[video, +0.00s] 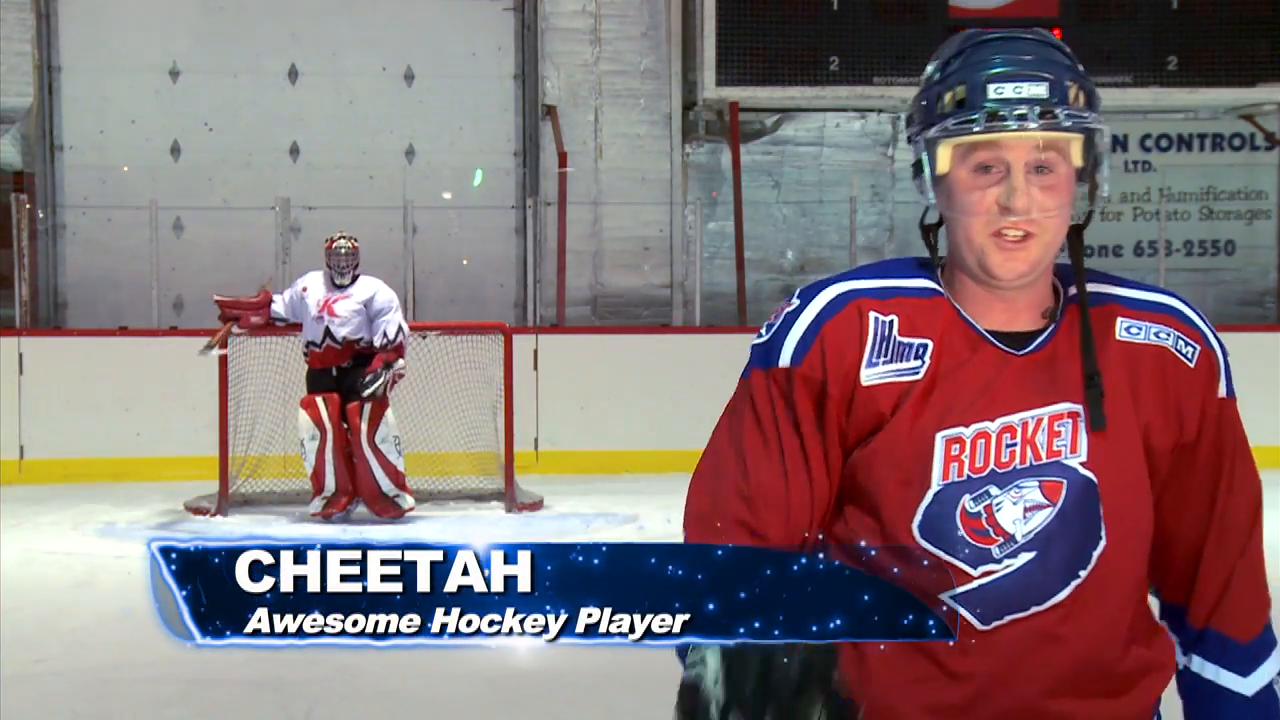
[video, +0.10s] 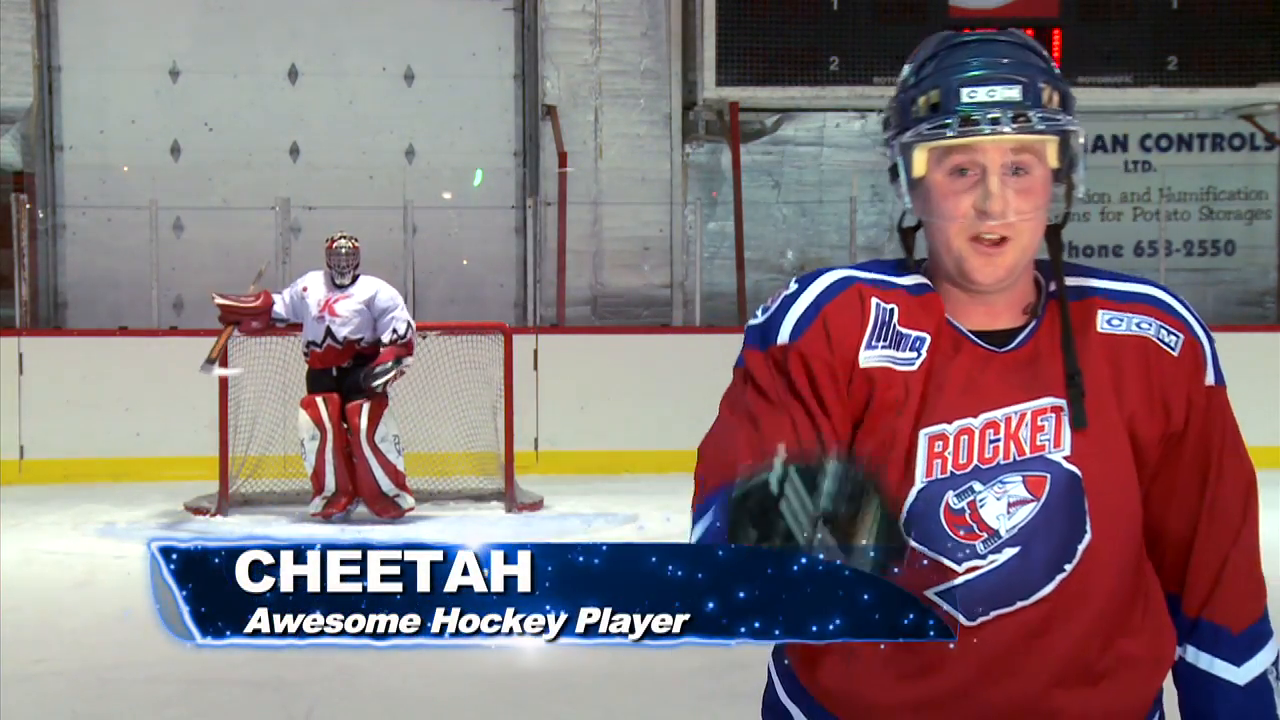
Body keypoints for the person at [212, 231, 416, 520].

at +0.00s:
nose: (342, 263)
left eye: (348, 257)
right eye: (336, 257)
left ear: (357, 259)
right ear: (327, 259)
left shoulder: (375, 292)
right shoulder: (309, 286)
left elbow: (394, 341)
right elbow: (280, 308)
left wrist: (382, 370)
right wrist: (243, 309)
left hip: (360, 373)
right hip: (321, 374)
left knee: (365, 433)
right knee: (326, 434)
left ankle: (389, 498)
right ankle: (335, 497)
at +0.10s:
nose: (342, 263)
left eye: (348, 257)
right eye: (337, 257)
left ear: (357, 259)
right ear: (328, 259)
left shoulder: (376, 291)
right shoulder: (309, 286)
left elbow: (401, 329)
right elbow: (282, 306)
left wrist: (386, 363)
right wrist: (249, 306)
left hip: (361, 375)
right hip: (321, 377)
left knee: (365, 434)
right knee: (325, 435)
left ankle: (390, 500)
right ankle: (334, 498)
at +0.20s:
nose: (343, 263)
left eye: (348, 257)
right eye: (337, 257)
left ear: (357, 259)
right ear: (328, 259)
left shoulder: (375, 290)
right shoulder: (310, 286)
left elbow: (406, 319)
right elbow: (278, 305)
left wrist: (397, 351)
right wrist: (240, 312)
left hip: (362, 373)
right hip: (321, 375)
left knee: (367, 431)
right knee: (325, 434)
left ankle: (390, 500)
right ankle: (333, 498)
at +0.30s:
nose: (344, 263)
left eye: (349, 257)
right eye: (338, 258)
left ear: (358, 259)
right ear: (329, 259)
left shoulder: (376, 289)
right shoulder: (310, 286)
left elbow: (408, 310)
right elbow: (275, 306)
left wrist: (411, 336)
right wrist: (241, 315)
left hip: (363, 372)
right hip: (322, 373)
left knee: (371, 432)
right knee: (325, 435)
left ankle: (391, 501)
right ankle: (332, 500)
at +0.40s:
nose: (344, 262)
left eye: (349, 257)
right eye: (338, 256)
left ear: (358, 259)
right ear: (328, 259)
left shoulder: (378, 289)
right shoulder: (310, 286)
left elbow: (412, 306)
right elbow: (274, 309)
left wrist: (422, 320)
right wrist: (241, 322)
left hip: (364, 373)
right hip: (322, 374)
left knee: (374, 433)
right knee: (324, 436)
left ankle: (390, 501)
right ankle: (332, 500)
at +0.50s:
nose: (344, 264)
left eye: (350, 258)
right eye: (338, 259)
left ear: (358, 260)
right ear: (328, 261)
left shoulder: (378, 288)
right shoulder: (309, 288)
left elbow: (416, 303)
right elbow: (276, 315)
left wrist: (432, 315)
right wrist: (246, 332)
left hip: (365, 374)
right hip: (322, 375)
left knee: (372, 433)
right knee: (327, 435)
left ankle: (387, 500)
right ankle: (334, 499)